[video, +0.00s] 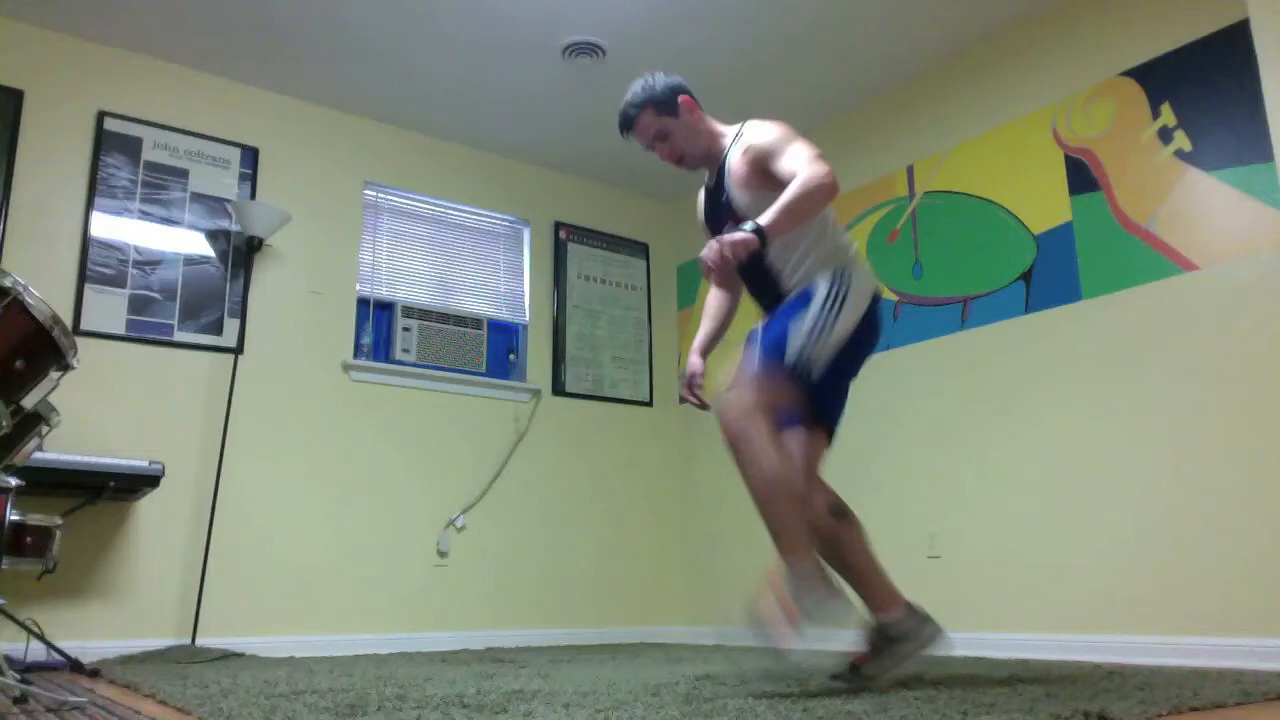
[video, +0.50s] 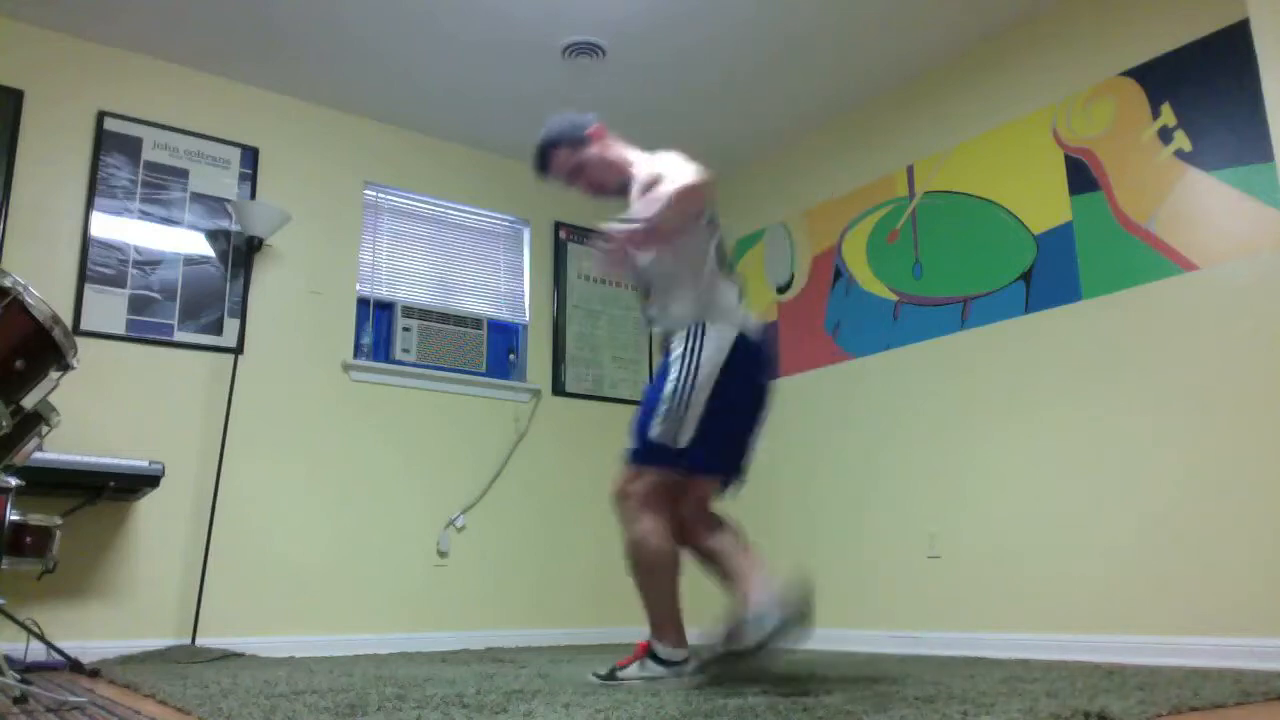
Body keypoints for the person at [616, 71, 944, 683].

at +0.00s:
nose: (662, 155)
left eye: (660, 137)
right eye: (651, 148)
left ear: (688, 106)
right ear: (649, 147)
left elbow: (818, 178)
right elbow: (725, 281)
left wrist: (755, 231)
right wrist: (697, 350)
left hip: (835, 289)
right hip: (803, 312)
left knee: (740, 408)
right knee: (794, 481)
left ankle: (808, 582)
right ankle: (898, 620)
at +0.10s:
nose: (666, 160)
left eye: (664, 143)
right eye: (654, 154)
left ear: (691, 113)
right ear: (654, 152)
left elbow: (817, 181)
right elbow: (729, 286)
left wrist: (754, 230)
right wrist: (696, 353)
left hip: (821, 313)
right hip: (791, 328)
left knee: (760, 465)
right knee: (807, 493)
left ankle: (855, 642)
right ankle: (918, 640)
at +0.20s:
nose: (660, 160)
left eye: (659, 143)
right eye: (648, 155)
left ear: (686, 115)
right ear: (649, 154)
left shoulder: (737, 153)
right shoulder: (708, 194)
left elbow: (811, 179)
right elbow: (735, 284)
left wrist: (765, 219)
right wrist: (692, 335)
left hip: (794, 333)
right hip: (786, 341)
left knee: (714, 473)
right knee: (818, 499)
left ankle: (813, 606)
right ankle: (915, 635)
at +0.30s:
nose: (629, 148)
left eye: (627, 132)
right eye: (618, 142)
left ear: (653, 103)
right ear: (619, 140)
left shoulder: (705, 134)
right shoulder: (682, 178)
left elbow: (781, 160)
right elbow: (709, 261)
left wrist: (753, 200)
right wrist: (671, 316)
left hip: (764, 302)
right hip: (786, 311)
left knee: (688, 453)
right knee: (767, 477)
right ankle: (866, 589)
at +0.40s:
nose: (603, 161)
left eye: (599, 146)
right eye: (594, 156)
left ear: (620, 113)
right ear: (599, 150)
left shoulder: (676, 142)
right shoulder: (655, 185)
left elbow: (740, 157)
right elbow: (677, 253)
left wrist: (705, 210)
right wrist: (659, 309)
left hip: (743, 305)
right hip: (731, 312)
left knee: (678, 473)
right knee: (704, 472)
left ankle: (666, 640)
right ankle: (788, 540)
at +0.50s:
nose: (582, 185)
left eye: (576, 170)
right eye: (572, 182)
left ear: (596, 137)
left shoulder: (656, 164)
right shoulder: (643, 198)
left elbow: (693, 185)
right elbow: (677, 268)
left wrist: (640, 231)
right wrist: (628, 266)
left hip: (709, 340)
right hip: (729, 344)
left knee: (640, 494)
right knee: (686, 507)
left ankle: (668, 650)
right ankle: (763, 603)